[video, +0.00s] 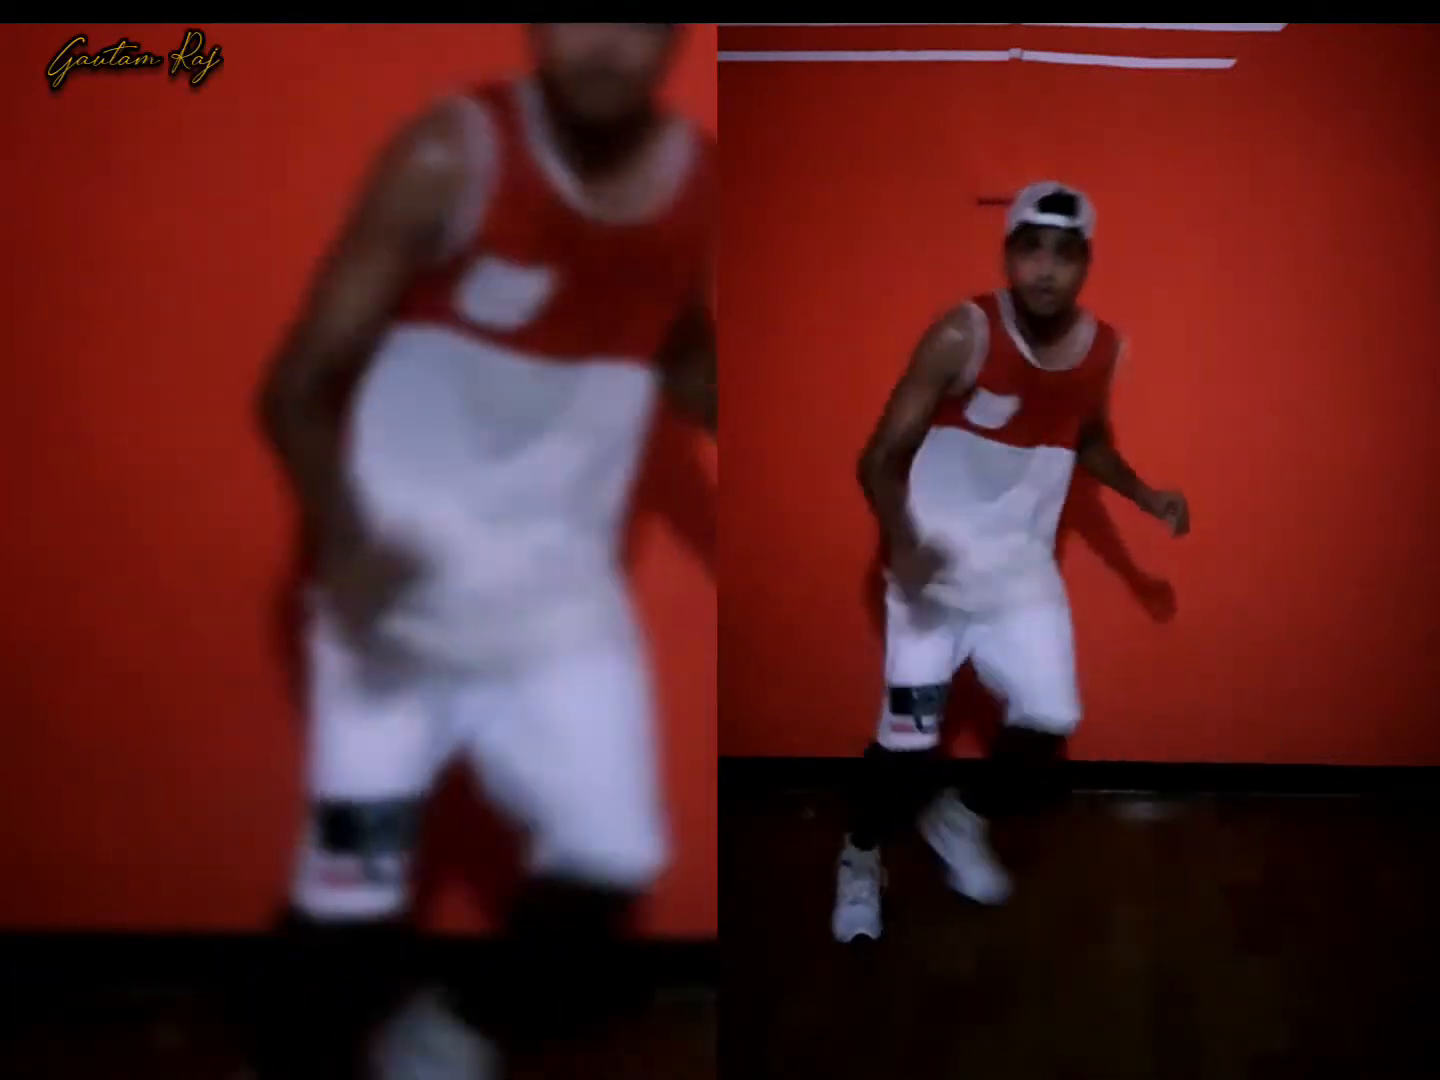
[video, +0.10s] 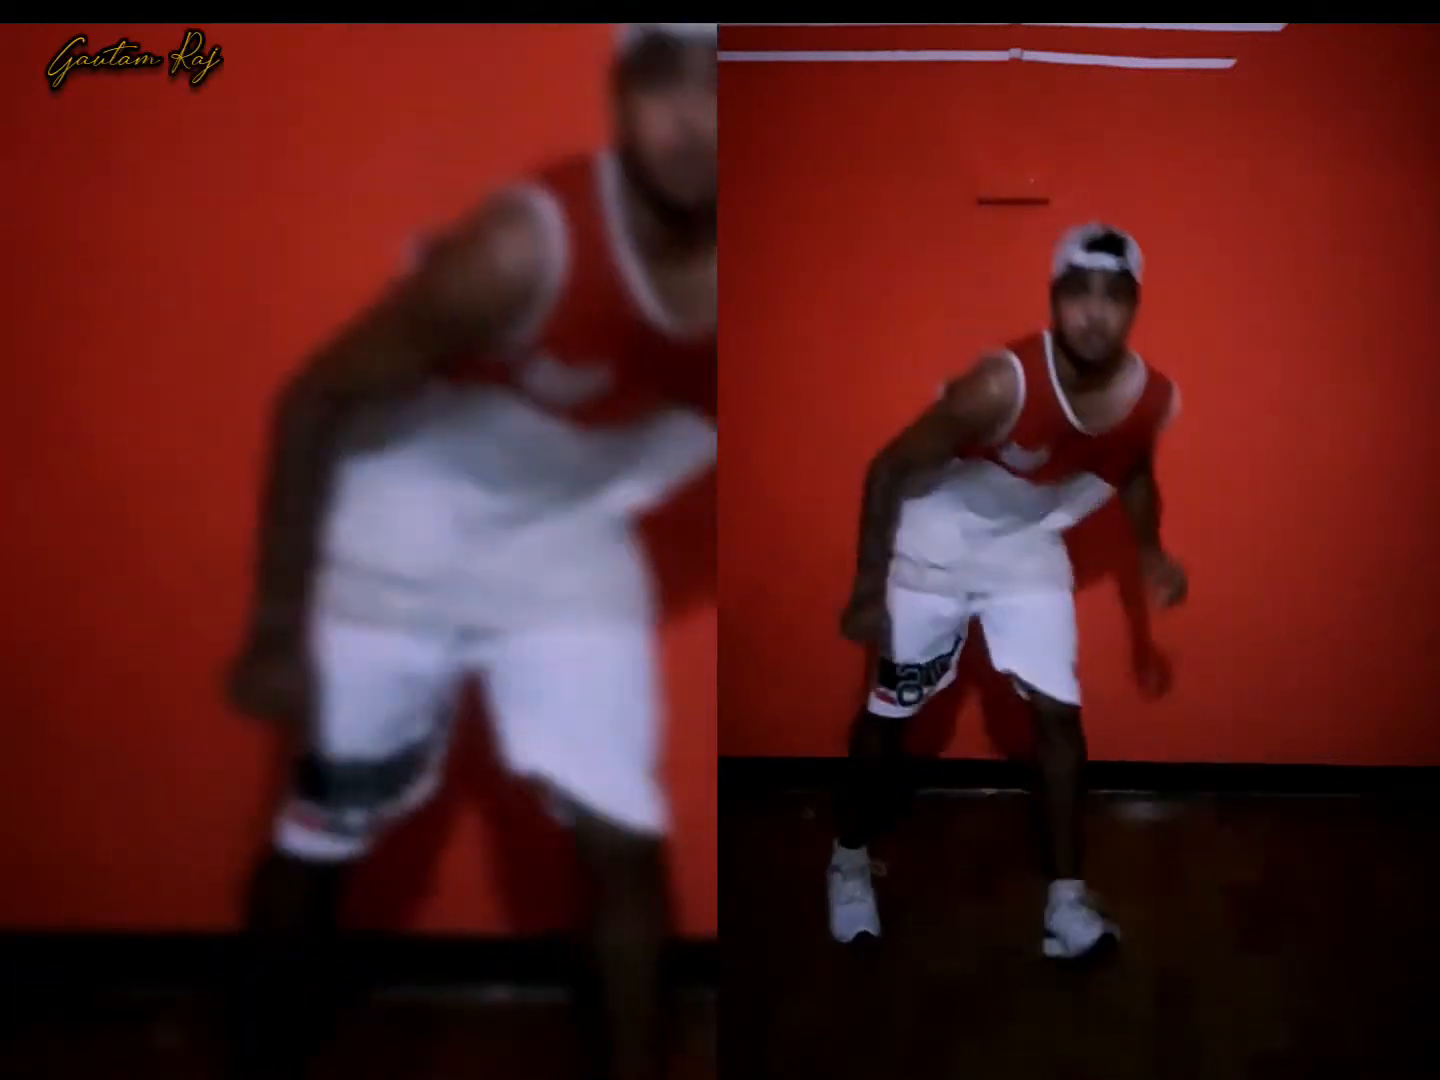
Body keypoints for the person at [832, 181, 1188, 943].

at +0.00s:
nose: (1045, 270)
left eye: (1063, 255)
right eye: (1031, 251)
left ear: (1086, 266)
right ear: (1008, 259)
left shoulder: (1099, 348)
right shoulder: (963, 337)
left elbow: (1089, 440)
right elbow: (880, 460)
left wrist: (1146, 494)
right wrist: (904, 542)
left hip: (1023, 566)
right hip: (932, 559)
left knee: (1048, 719)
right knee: (911, 738)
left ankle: (960, 817)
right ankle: (861, 860)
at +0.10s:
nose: (1094, 314)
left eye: (1112, 297)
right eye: (1078, 295)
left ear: (1135, 309)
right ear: (1054, 303)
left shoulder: (1149, 400)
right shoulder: (1000, 387)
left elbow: (1134, 473)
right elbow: (888, 472)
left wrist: (1152, 550)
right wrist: (869, 588)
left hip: (1032, 540)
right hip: (936, 526)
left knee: (1058, 712)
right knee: (896, 703)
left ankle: (1066, 897)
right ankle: (850, 864)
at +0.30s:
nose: (1138, 322)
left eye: (1158, 306)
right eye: (1124, 300)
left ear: (1178, 320)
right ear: (1095, 304)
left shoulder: (1193, 427)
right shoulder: (1027, 364)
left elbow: (1189, 541)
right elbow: (960, 435)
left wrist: (1137, 591)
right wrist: (926, 531)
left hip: (1112, 589)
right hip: (1006, 569)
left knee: (1112, 759)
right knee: (953, 731)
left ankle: (1073, 920)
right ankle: (954, 843)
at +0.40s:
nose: (1162, 269)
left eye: (1183, 253)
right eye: (1148, 246)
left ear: (1202, 267)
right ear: (1119, 248)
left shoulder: (1215, 376)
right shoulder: (1063, 303)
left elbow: (1214, 523)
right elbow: (1014, 389)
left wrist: (1151, 500)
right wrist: (984, 485)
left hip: (1137, 605)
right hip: (1037, 583)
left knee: (1113, 774)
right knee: (1008, 761)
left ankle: (1074, 923)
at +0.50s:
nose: (1185, 253)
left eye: (1204, 238)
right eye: (1171, 232)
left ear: (1228, 249)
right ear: (1148, 236)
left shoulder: (1244, 357)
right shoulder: (1113, 291)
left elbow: (1225, 496)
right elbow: (1070, 385)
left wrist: (1174, 426)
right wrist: (1025, 466)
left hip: (1156, 593)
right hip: (1079, 573)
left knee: (1110, 774)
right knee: (1075, 765)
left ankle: (1109, 941)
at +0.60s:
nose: (1191, 275)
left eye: (1210, 259)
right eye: (1177, 256)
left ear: (1234, 268)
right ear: (1156, 260)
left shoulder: (1259, 377)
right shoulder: (1141, 328)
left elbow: (1224, 502)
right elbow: (1130, 426)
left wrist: (1195, 380)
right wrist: (1054, 472)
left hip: (1171, 614)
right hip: (1121, 599)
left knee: (1113, 800)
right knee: (1172, 773)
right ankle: (1283, 888)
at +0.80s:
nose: (1121, 277)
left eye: (1136, 257)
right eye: (1109, 259)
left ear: (1181, 251)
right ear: (1102, 261)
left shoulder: (1240, 331)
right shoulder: (1130, 341)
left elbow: (1259, 451)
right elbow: (1157, 443)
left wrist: (1143, 399)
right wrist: (1096, 441)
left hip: (1231, 614)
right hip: (1162, 603)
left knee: (1218, 801)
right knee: (1126, 760)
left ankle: (1349, 920)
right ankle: (1260, 882)